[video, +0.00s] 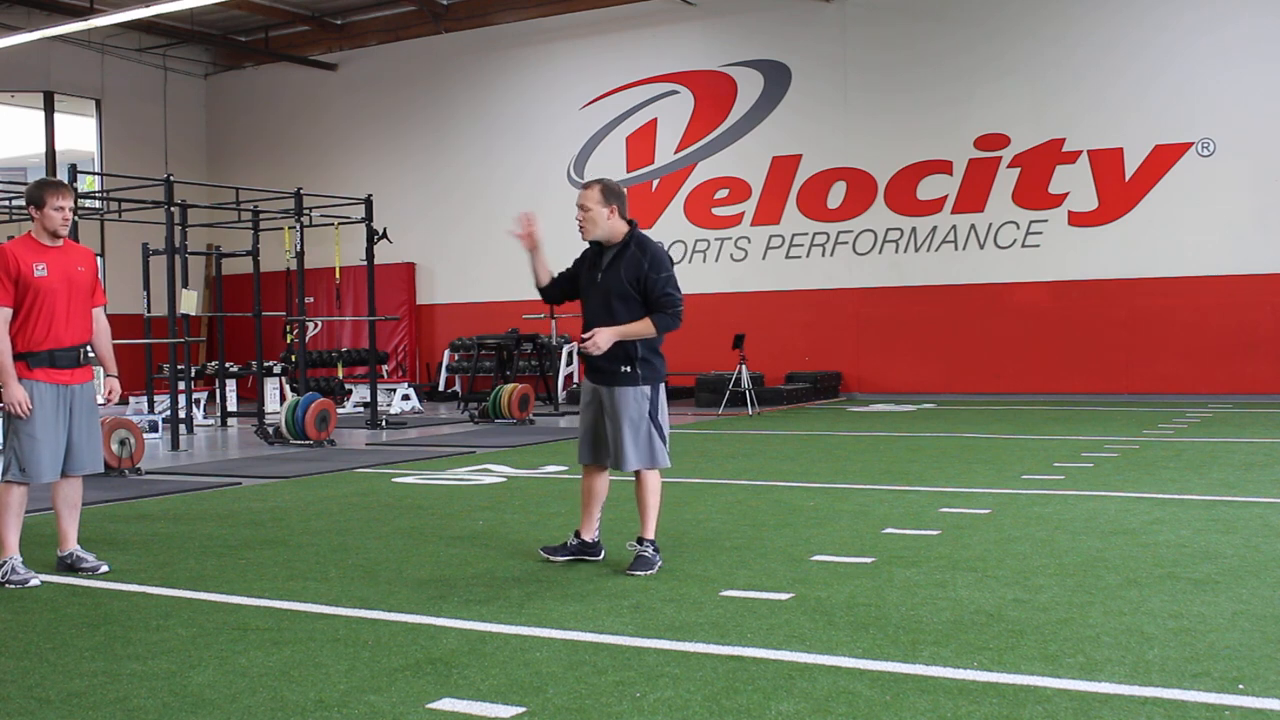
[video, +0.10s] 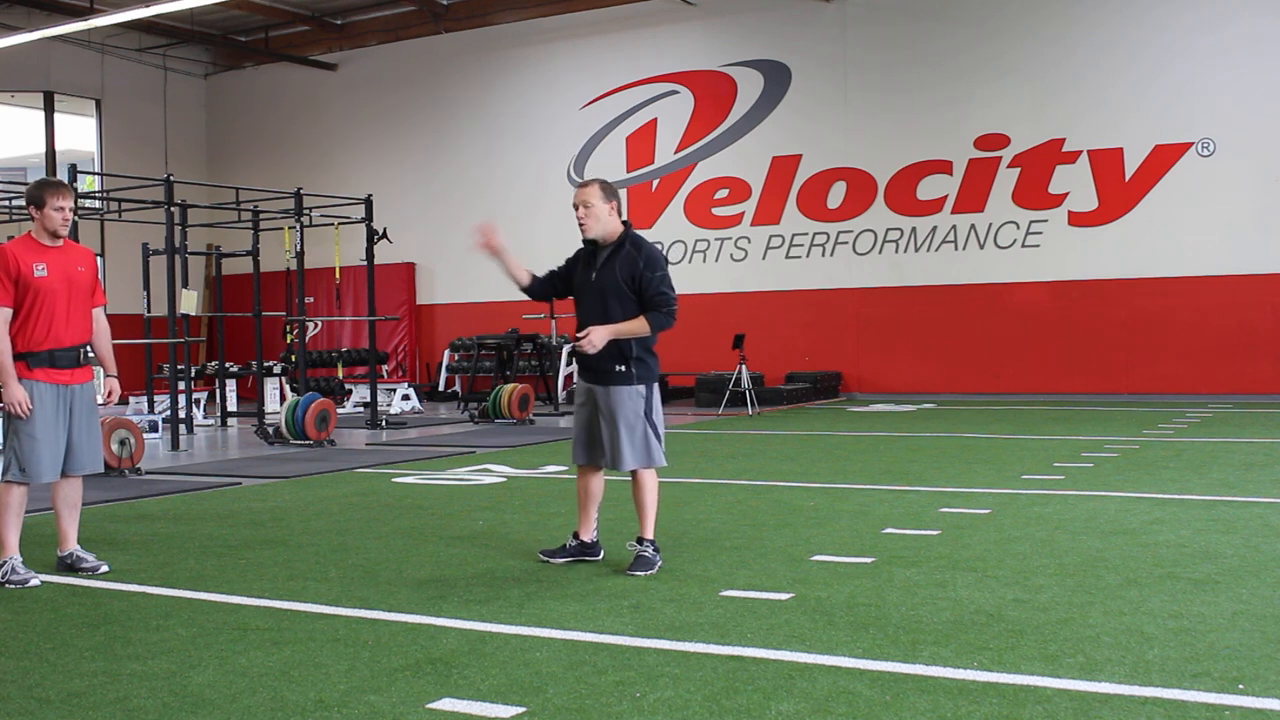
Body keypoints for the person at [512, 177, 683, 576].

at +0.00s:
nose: (578, 217)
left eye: (585, 210)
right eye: (578, 210)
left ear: (612, 213)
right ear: (600, 214)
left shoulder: (649, 254)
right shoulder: (591, 257)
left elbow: (670, 317)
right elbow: (552, 293)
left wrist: (614, 333)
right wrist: (534, 249)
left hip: (638, 380)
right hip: (596, 376)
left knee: (644, 461)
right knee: (594, 459)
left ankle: (647, 545)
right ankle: (587, 540)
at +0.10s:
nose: (579, 215)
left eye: (586, 207)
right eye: (576, 209)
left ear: (613, 208)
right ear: (578, 214)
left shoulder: (643, 255)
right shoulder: (584, 259)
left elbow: (664, 316)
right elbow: (539, 289)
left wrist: (609, 331)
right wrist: (501, 253)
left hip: (631, 380)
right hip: (590, 378)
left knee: (641, 462)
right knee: (589, 460)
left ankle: (647, 545)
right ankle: (586, 540)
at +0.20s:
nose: (576, 212)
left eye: (583, 205)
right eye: (572, 208)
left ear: (609, 207)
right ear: (572, 214)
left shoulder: (637, 255)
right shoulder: (574, 259)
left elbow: (657, 315)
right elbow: (525, 282)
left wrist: (603, 329)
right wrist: (472, 266)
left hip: (623, 380)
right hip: (580, 378)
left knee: (635, 460)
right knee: (581, 460)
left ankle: (646, 544)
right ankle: (585, 541)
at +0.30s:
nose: (570, 212)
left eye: (578, 204)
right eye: (566, 207)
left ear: (602, 207)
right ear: (565, 214)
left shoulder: (630, 256)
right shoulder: (565, 259)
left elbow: (649, 315)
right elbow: (517, 284)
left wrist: (595, 328)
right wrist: (463, 270)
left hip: (612, 379)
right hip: (570, 377)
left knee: (628, 460)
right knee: (578, 459)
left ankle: (645, 544)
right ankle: (585, 541)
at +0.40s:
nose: (562, 212)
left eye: (569, 205)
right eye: (557, 208)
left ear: (593, 208)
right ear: (556, 215)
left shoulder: (621, 257)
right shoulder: (556, 260)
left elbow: (640, 316)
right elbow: (508, 285)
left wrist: (587, 327)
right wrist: (455, 271)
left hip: (601, 377)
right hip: (561, 376)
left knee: (617, 457)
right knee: (574, 459)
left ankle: (641, 540)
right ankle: (585, 540)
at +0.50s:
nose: (555, 213)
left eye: (562, 206)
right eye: (550, 209)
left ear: (585, 208)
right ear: (548, 215)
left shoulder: (612, 257)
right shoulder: (548, 260)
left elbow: (630, 317)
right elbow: (503, 285)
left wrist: (577, 328)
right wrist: (449, 271)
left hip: (591, 375)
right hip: (554, 376)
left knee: (601, 453)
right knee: (569, 458)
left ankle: (632, 536)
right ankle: (584, 541)